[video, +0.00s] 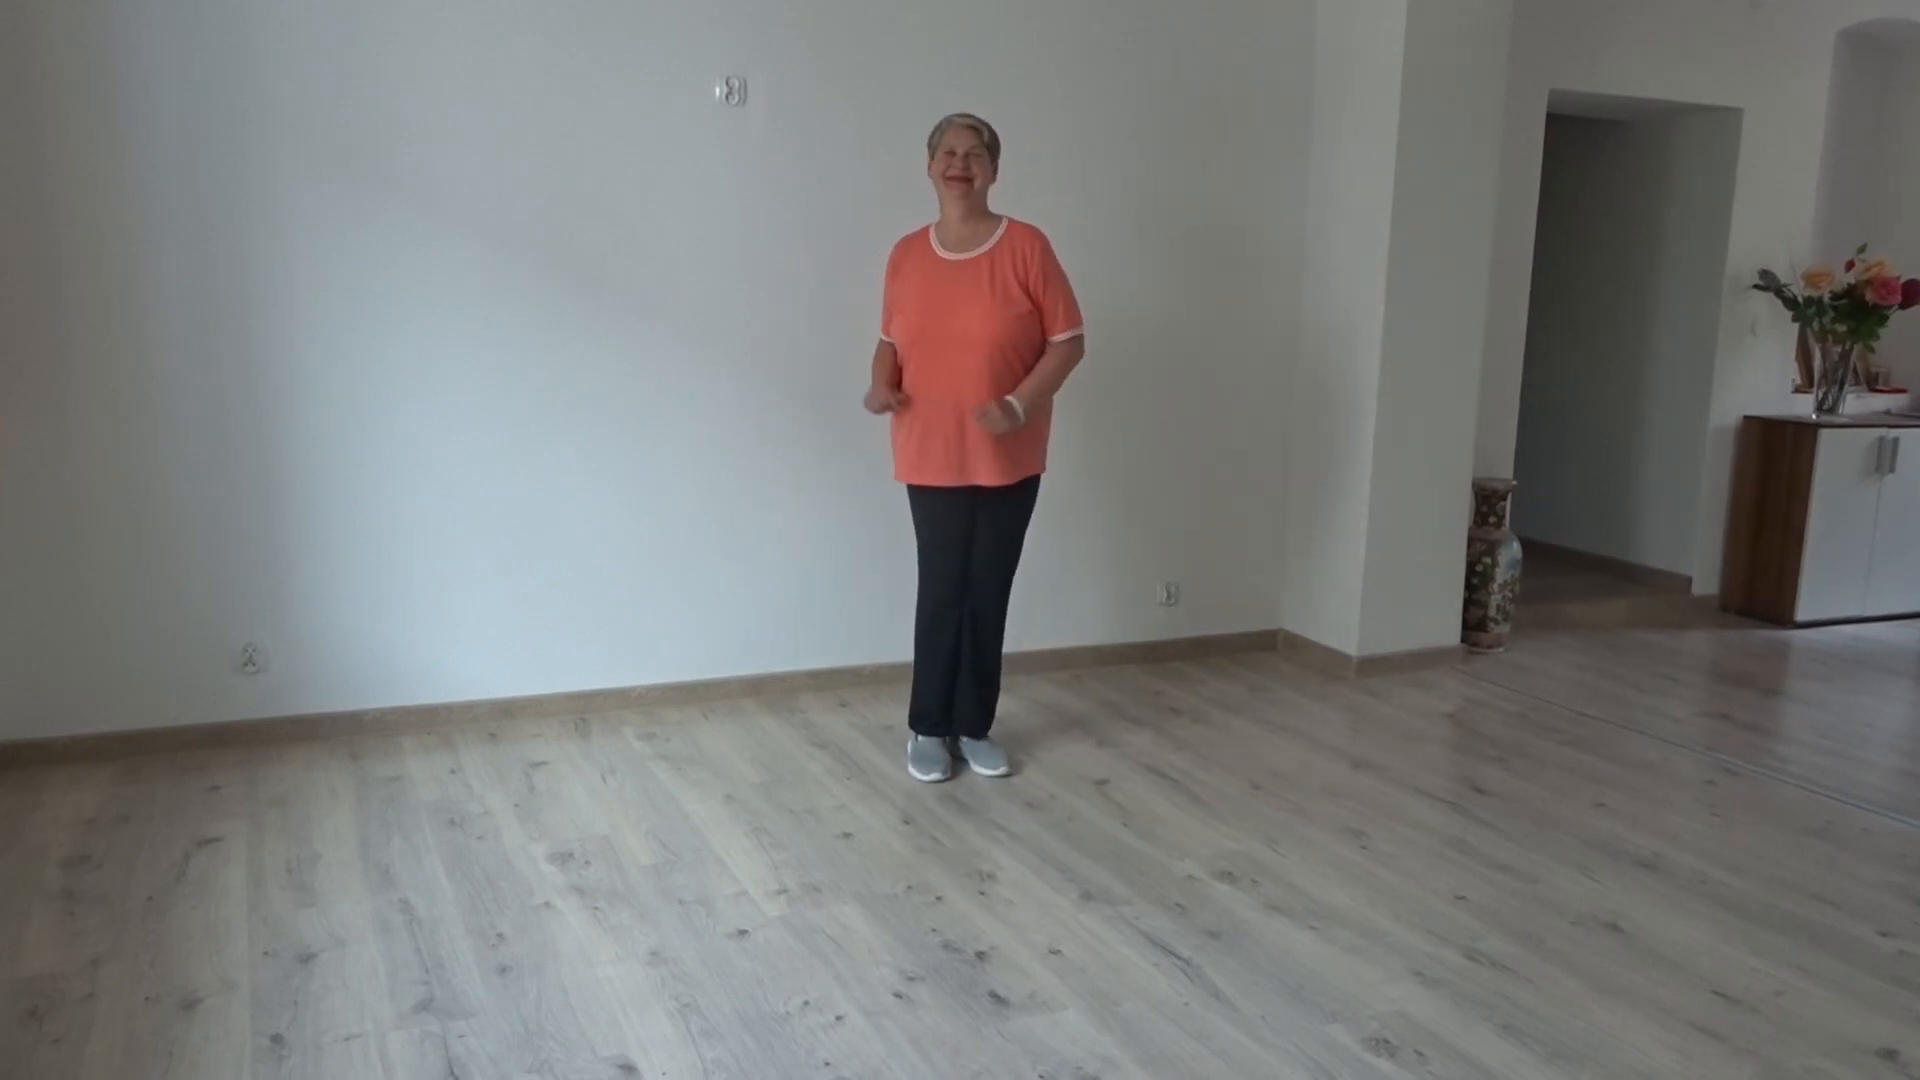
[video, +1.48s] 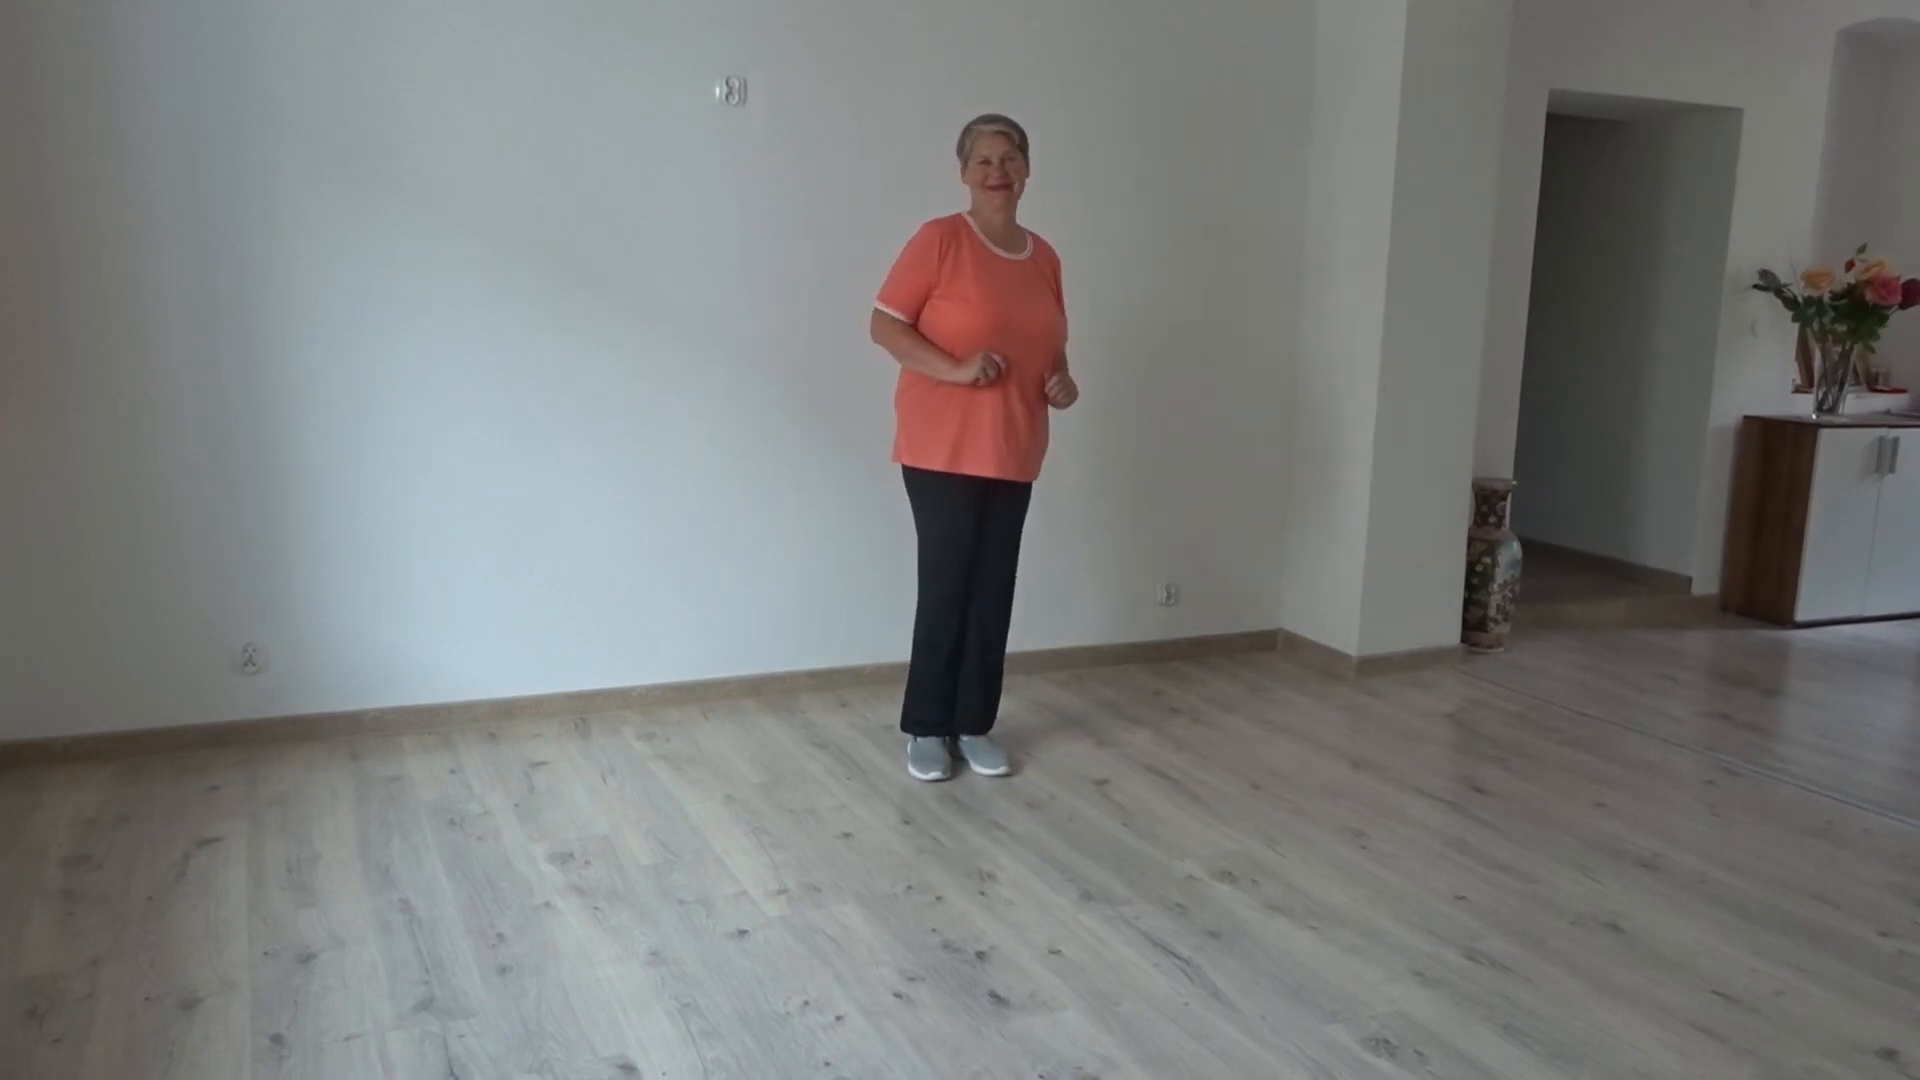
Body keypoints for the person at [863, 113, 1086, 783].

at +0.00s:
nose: (960, 163)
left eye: (973, 154)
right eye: (948, 153)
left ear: (994, 170)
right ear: (930, 168)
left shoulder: (1026, 246)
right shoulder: (907, 253)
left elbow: (1070, 340)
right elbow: (890, 340)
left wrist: (1022, 401)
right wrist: (882, 386)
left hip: (1007, 458)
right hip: (931, 458)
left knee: (987, 599)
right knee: (940, 596)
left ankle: (973, 730)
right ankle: (928, 731)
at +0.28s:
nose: (964, 161)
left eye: (979, 154)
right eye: (953, 151)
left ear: (998, 170)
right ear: (935, 165)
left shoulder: (1025, 244)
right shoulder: (910, 249)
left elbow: (1067, 340)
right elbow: (894, 333)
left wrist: (1002, 367)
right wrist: (867, 354)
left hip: (1008, 456)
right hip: (931, 455)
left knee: (985, 592)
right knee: (939, 590)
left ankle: (974, 729)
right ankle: (929, 730)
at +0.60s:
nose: (980, 164)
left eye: (995, 158)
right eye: (968, 153)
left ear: (1009, 174)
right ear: (946, 163)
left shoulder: (1035, 249)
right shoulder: (914, 247)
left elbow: (1074, 342)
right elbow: (886, 334)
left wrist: (1026, 378)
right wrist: (888, 353)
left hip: (1007, 457)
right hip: (930, 457)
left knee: (987, 596)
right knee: (936, 593)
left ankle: (974, 728)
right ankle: (928, 731)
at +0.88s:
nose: (987, 166)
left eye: (1000, 158)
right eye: (975, 155)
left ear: (1015, 173)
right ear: (952, 165)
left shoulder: (1040, 251)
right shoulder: (915, 247)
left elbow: (1075, 343)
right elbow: (881, 330)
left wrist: (1041, 378)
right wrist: (902, 365)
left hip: (1010, 460)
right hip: (935, 458)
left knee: (990, 599)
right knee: (939, 595)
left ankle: (974, 729)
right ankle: (927, 731)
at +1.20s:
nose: (990, 166)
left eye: (1002, 155)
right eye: (977, 158)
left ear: (1023, 165)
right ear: (959, 171)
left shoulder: (1047, 254)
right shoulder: (931, 241)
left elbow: (1069, 342)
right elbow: (879, 323)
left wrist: (1060, 373)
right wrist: (929, 365)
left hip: (1013, 458)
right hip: (939, 456)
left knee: (991, 599)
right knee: (943, 594)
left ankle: (972, 728)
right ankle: (926, 730)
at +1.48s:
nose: (999, 169)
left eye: (1010, 159)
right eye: (985, 160)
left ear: (1028, 171)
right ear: (963, 172)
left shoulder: (1043, 257)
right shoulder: (938, 241)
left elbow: (1052, 342)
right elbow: (885, 325)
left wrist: (1059, 378)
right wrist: (953, 368)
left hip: (1012, 458)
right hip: (943, 454)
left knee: (992, 596)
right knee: (947, 592)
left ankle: (972, 728)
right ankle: (926, 730)